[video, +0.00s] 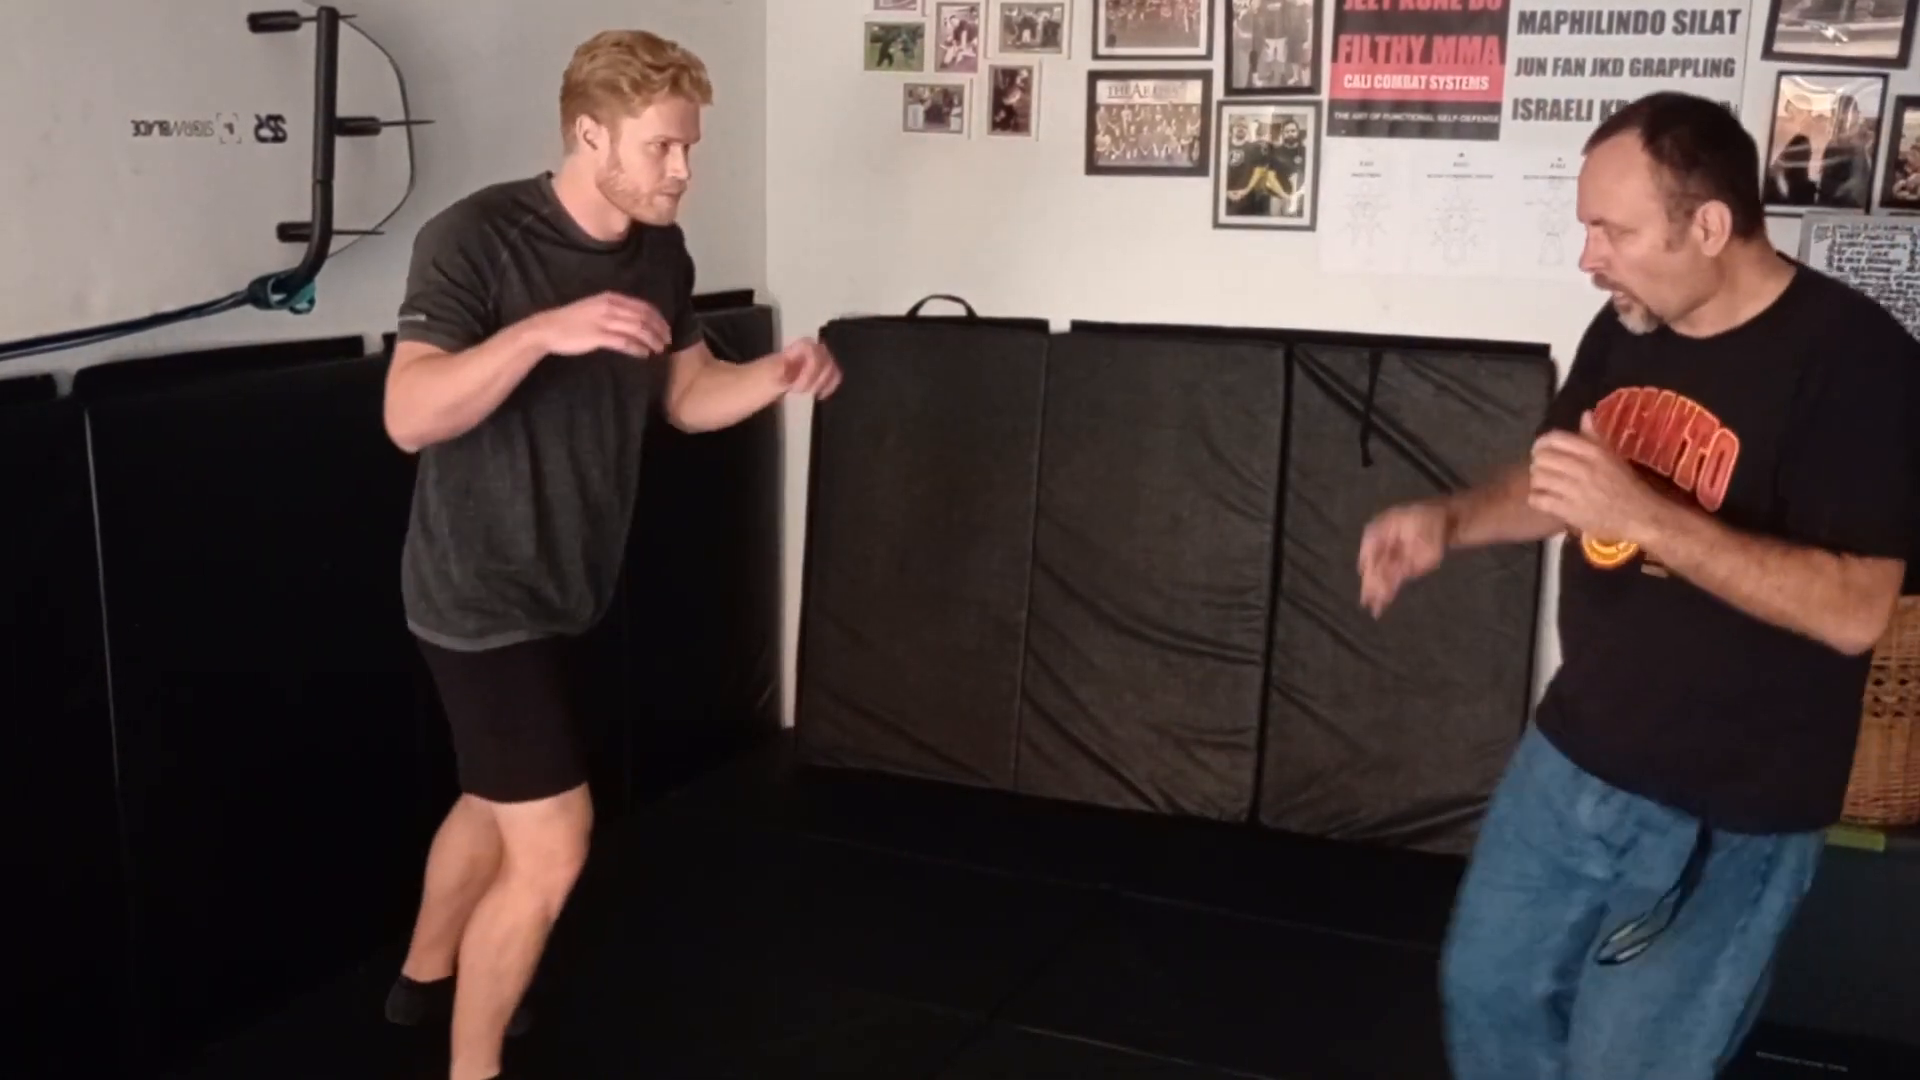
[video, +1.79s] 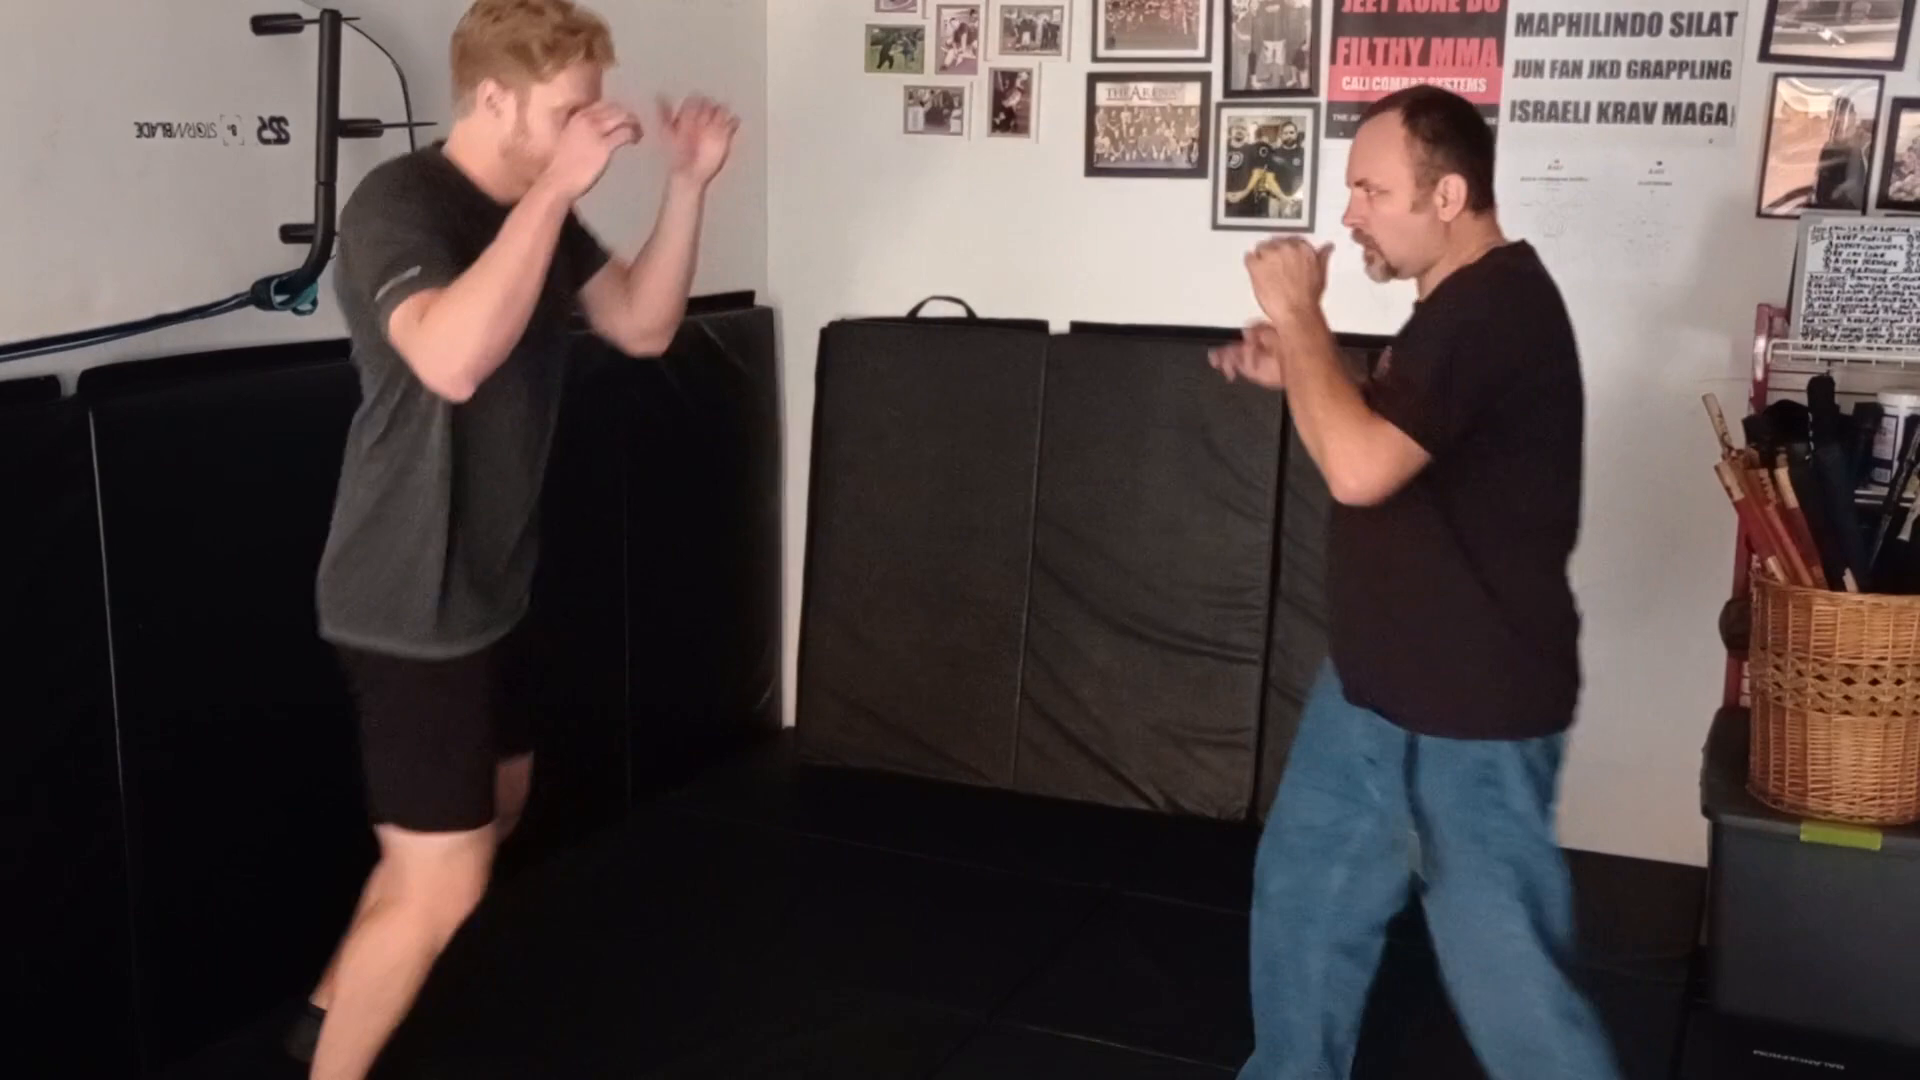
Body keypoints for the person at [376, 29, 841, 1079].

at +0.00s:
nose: (687, 172)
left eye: (692, 147)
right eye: (668, 148)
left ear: (687, 140)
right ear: (590, 137)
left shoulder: (657, 253)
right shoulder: (474, 240)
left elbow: (687, 396)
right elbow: (409, 414)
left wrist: (775, 372)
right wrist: (540, 331)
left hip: (576, 593)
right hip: (476, 596)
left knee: (494, 810)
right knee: (550, 846)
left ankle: (420, 983)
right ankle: (472, 1071)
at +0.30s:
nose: (695, 163)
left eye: (702, 140)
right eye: (677, 139)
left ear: (627, 133)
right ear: (601, 127)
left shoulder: (664, 245)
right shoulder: (502, 237)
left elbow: (748, 364)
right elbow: (451, 416)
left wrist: (791, 232)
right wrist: (568, 276)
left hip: (627, 591)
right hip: (543, 599)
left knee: (613, 842)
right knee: (703, 832)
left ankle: (499, 1048)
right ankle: (575, 1057)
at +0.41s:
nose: (706, 174)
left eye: (714, 152)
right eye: (688, 151)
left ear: (711, 148)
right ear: (613, 140)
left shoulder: (681, 258)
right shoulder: (516, 256)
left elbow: (766, 393)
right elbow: (490, 429)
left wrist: (783, 244)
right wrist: (593, 275)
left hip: (661, 603)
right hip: (580, 619)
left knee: (644, 842)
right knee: (764, 829)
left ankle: (504, 1047)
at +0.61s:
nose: (769, 197)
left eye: (779, 175)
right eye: (752, 175)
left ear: (778, 173)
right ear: (679, 163)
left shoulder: (729, 271)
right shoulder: (597, 271)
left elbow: (832, 397)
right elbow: (646, 430)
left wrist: (832, 252)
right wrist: (716, 261)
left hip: (718, 624)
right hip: (677, 638)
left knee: (667, 857)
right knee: (823, 892)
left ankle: (510, 1041)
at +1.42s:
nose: (686, 208)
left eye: (688, 182)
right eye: (669, 185)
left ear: (616, 183)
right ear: (593, 181)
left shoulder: (634, 289)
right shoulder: (488, 303)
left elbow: (710, 429)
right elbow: (516, 494)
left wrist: (781, 309)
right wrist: (638, 360)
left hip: (630, 649)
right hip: (562, 671)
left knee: (614, 884)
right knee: (738, 893)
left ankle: (454, 1068)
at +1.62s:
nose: (623, 142)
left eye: (627, 119)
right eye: (605, 119)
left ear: (577, 117)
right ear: (530, 110)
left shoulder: (582, 221)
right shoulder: (427, 218)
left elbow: (687, 332)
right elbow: (465, 391)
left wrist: (734, 191)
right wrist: (580, 240)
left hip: (549, 581)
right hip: (458, 592)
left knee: (525, 833)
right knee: (617, 829)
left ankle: (445, 1058)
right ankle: (542, 1071)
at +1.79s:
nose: (589, 134)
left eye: (592, 114)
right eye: (572, 112)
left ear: (510, 109)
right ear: (496, 105)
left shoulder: (531, 217)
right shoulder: (393, 204)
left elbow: (642, 324)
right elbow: (451, 359)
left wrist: (689, 184)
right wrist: (558, 187)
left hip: (491, 590)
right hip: (406, 603)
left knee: (491, 807)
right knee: (438, 882)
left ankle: (334, 1005)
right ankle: (335, 1070)